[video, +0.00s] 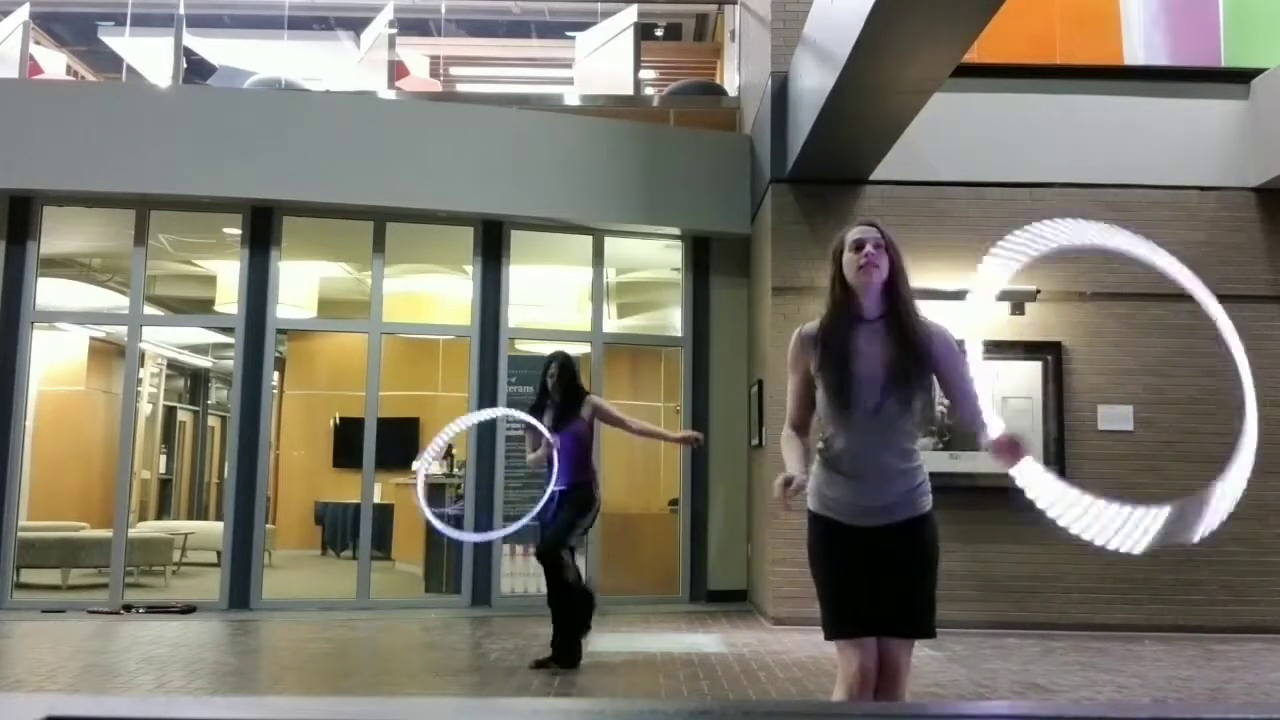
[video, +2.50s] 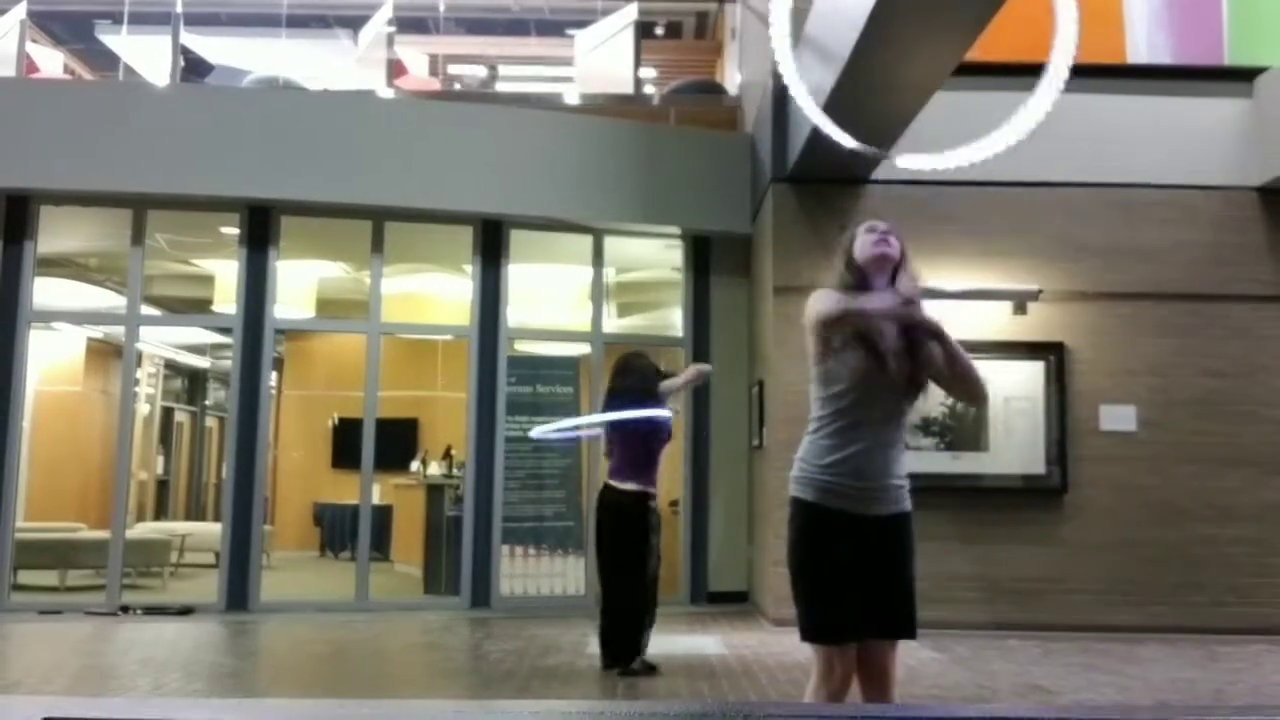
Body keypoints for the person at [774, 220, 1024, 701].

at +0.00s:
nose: (870, 252)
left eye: (879, 246)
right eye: (858, 246)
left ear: (892, 264)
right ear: (840, 265)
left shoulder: (927, 337)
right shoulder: (812, 341)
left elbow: (970, 413)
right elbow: (795, 427)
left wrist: (994, 441)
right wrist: (797, 470)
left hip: (906, 512)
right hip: (836, 515)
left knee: (894, 671)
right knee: (858, 669)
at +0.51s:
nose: (895, 249)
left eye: (904, 244)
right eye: (882, 244)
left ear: (917, 263)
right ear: (864, 263)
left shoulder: (942, 338)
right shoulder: (829, 334)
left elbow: (931, 443)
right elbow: (819, 430)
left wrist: (888, 402)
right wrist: (838, 410)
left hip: (905, 513)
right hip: (835, 511)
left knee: (888, 669)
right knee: (853, 666)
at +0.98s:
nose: (901, 256)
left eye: (910, 249)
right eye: (888, 248)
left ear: (920, 261)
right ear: (866, 260)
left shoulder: (932, 333)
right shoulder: (830, 314)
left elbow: (959, 424)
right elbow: (732, 327)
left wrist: (979, 493)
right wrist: (769, 290)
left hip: (900, 509)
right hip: (831, 508)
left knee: (888, 671)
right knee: (853, 674)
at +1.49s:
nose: (887, 279)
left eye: (898, 271)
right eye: (878, 267)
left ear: (909, 280)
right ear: (855, 271)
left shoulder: (910, 323)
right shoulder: (818, 332)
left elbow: (1004, 297)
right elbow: (764, 405)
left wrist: (1101, 268)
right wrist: (821, 469)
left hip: (876, 507)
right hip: (813, 506)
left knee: (874, 667)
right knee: (840, 669)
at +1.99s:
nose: (889, 247)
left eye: (895, 241)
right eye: (877, 239)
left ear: (901, 257)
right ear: (851, 250)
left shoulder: (894, 316)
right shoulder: (838, 319)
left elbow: (934, 342)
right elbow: (873, 422)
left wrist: (877, 310)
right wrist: (963, 457)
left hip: (874, 504)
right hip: (825, 503)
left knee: (876, 657)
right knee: (838, 663)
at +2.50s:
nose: (882, 234)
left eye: (892, 233)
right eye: (869, 232)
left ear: (903, 258)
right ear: (850, 256)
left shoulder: (914, 326)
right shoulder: (826, 303)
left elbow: (975, 394)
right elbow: (831, 310)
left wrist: (932, 327)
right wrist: (902, 304)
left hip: (888, 506)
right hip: (822, 501)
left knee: (879, 674)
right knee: (834, 672)